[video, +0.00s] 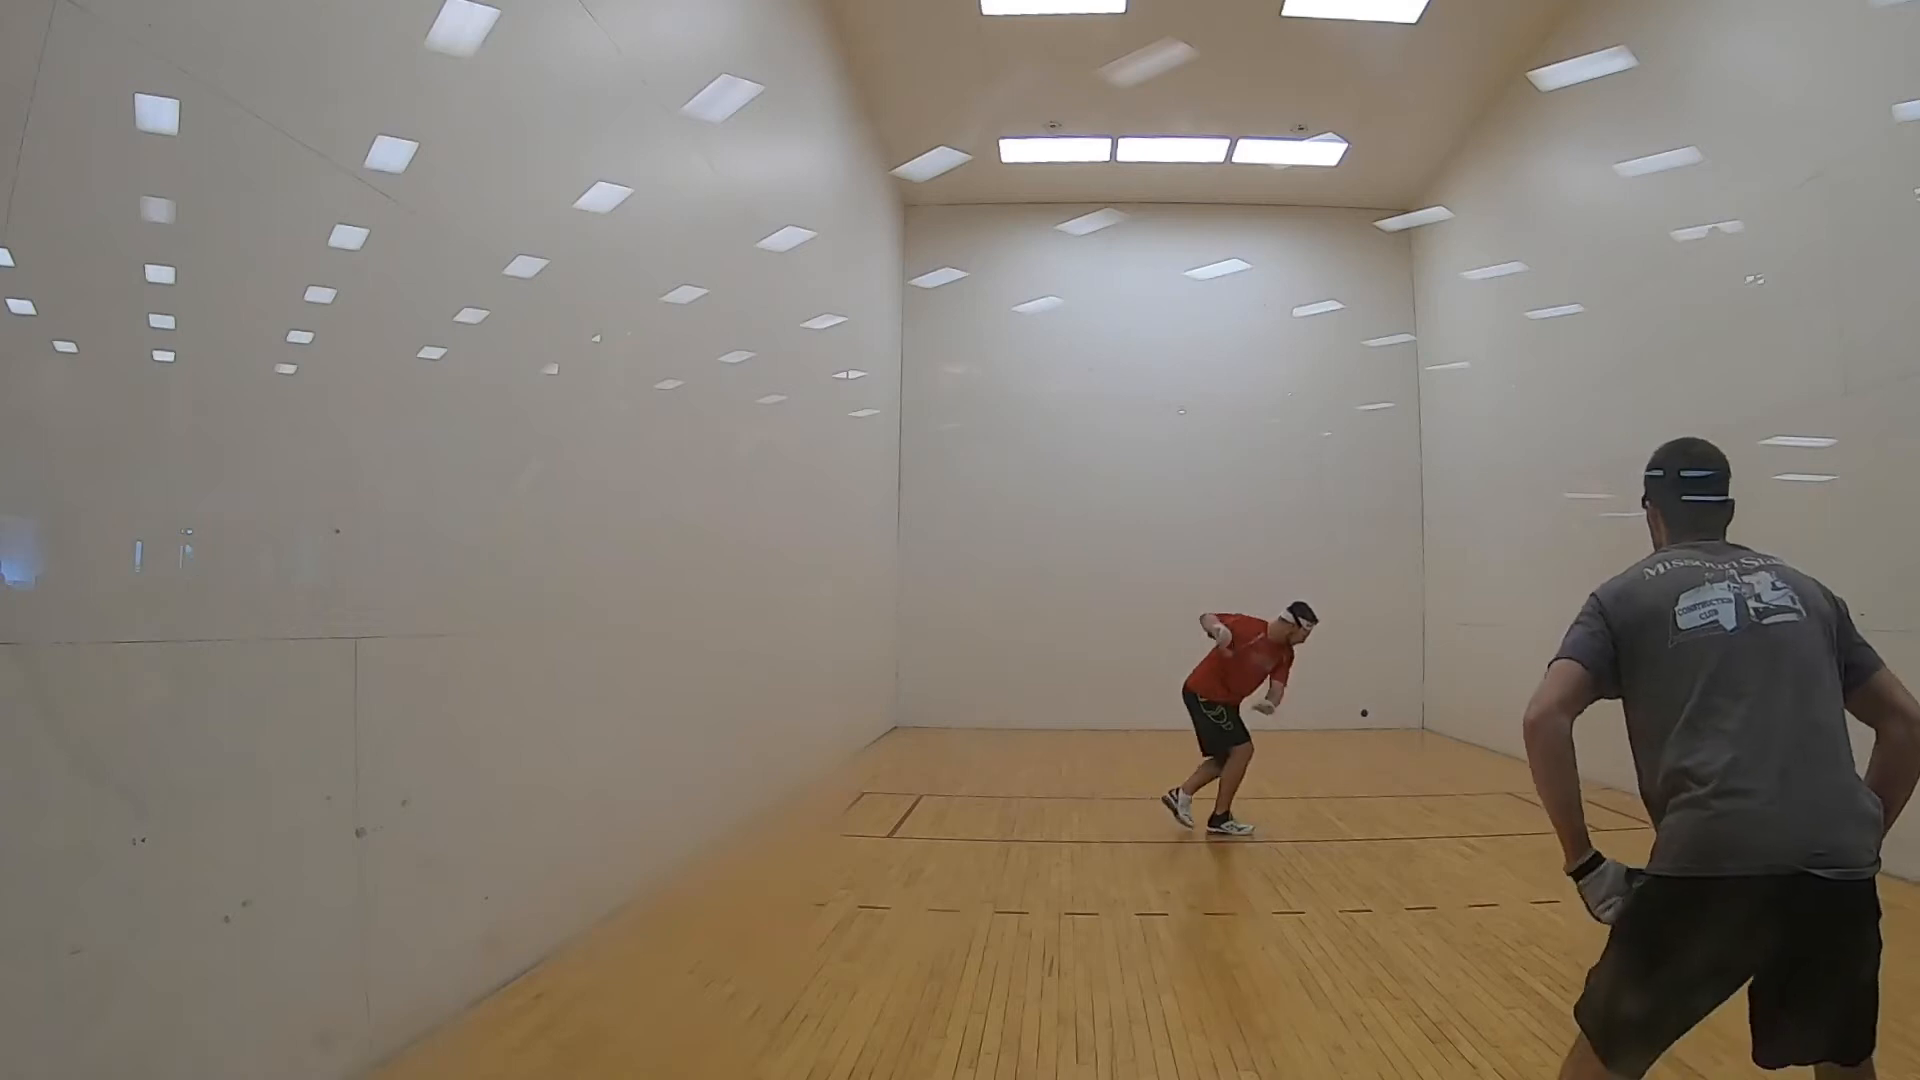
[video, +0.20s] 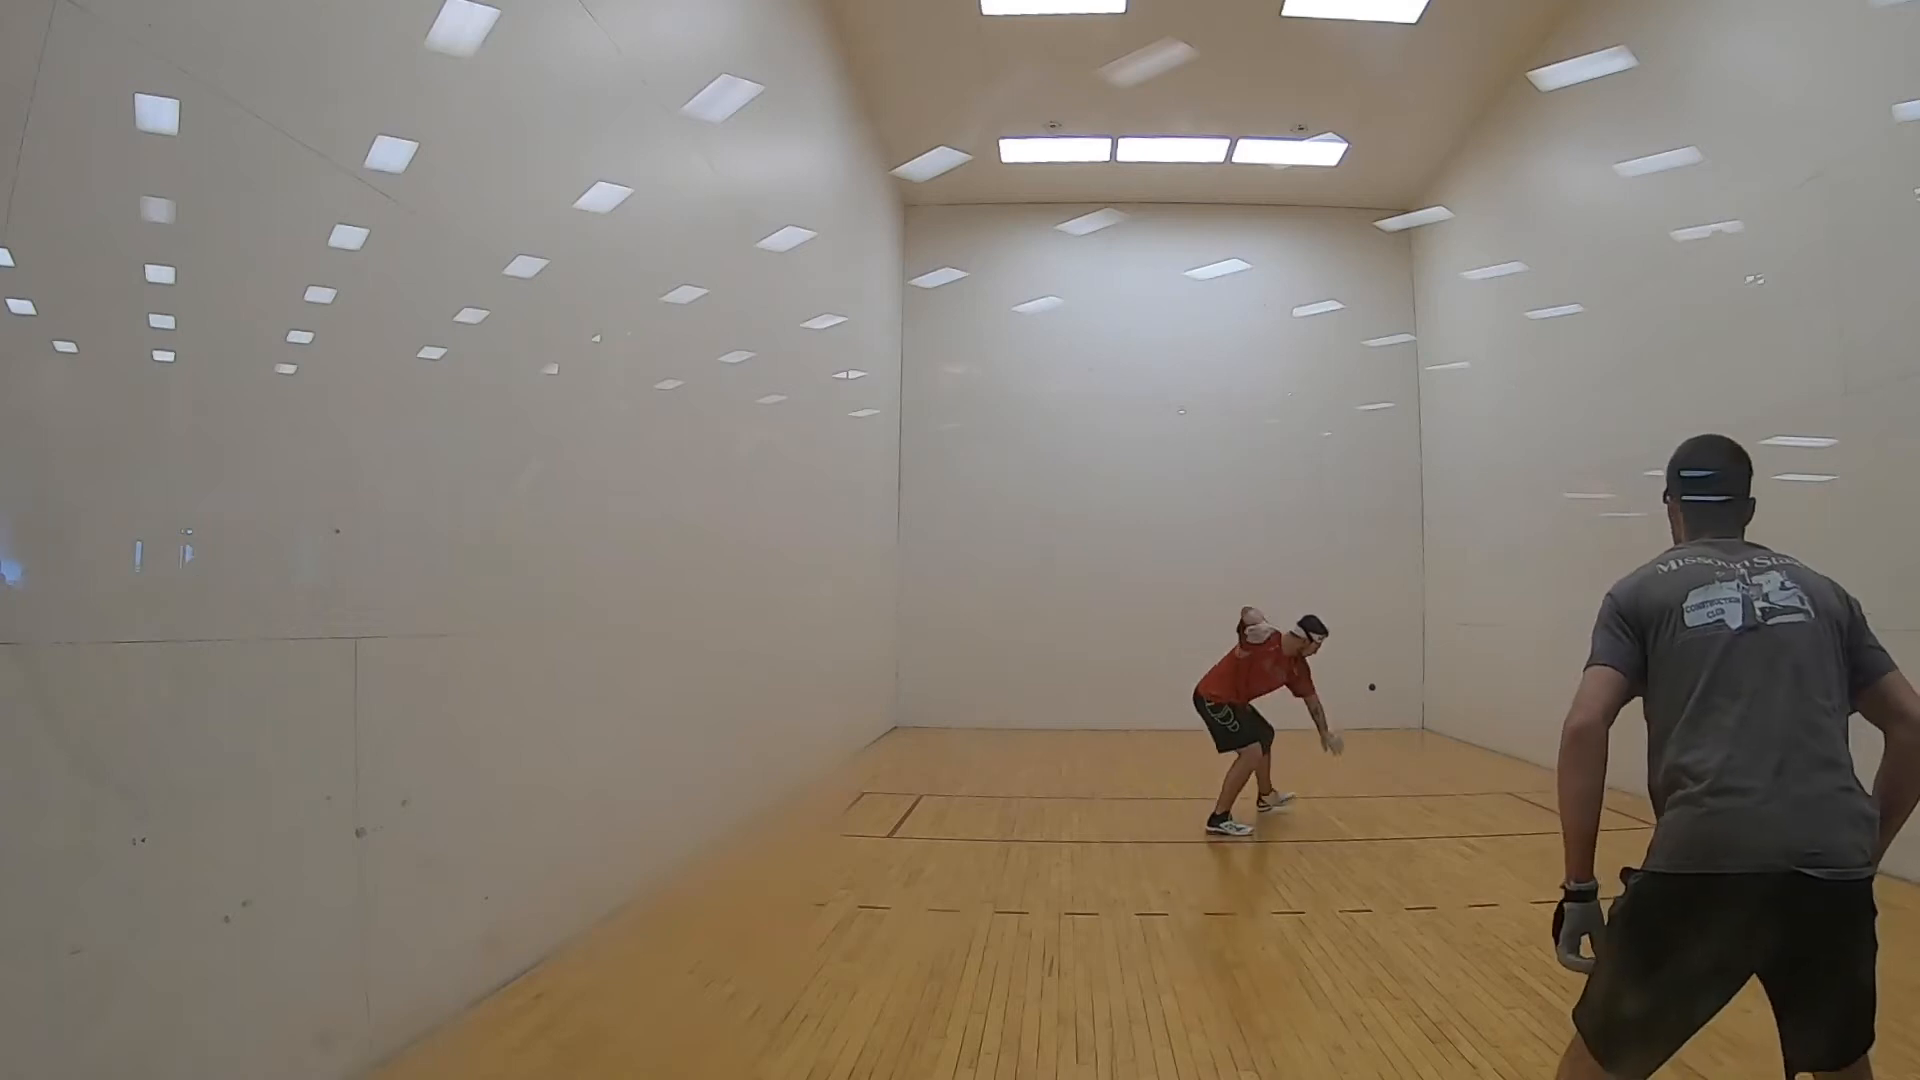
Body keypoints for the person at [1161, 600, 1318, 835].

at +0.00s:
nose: (1306, 637)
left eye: (1309, 633)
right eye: (1306, 631)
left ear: (1293, 627)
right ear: (1293, 626)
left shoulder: (1284, 654)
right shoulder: (1250, 627)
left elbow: (1277, 685)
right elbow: (1207, 618)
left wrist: (1270, 703)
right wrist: (1218, 630)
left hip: (1227, 700)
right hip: (1203, 693)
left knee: (1226, 758)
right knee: (1243, 749)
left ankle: (1181, 794)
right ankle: (1220, 817)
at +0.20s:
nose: (1317, 650)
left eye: (1319, 645)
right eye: (1317, 644)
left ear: (1304, 639)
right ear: (1305, 640)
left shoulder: (1297, 666)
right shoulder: (1265, 638)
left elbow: (1312, 701)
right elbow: (1247, 614)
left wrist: (1325, 733)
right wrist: (1254, 621)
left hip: (1236, 700)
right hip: (1212, 697)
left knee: (1264, 737)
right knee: (1251, 752)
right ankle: (1219, 818)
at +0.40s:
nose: (1337, 664)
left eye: (1339, 660)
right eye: (1338, 660)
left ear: (1322, 645)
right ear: (1330, 658)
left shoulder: (1305, 636)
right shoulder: (1293, 672)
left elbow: (1279, 620)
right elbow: (1304, 714)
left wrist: (1256, 622)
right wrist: (1331, 689)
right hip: (1248, 711)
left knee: (1287, 734)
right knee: (1269, 777)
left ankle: (1299, 794)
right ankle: (1225, 813)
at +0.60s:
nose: (1350, 637)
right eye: (1352, 633)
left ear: (1330, 622)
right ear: (1351, 636)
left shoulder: (1301, 632)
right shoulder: (1341, 665)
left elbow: (1259, 645)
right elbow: (1324, 651)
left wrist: (1254, 651)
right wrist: (1302, 628)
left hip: (1263, 713)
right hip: (1290, 729)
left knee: (1301, 744)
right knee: (1284, 786)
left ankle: (1304, 795)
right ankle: (1243, 795)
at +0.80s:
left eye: (1327, 600)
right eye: (1343, 605)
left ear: (1323, 600)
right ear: (1347, 607)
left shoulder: (1299, 620)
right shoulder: (1346, 637)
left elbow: (1264, 643)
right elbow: (1320, 655)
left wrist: (1245, 657)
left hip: (1281, 702)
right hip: (1311, 710)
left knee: (1304, 750)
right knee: (1317, 770)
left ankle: (1309, 795)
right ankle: (1290, 789)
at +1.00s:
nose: (1347, 593)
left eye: (1346, 589)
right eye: (1347, 590)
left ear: (1322, 586)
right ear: (1343, 591)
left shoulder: (1295, 609)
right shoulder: (1346, 626)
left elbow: (1263, 633)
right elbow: (1347, 666)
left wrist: (1247, 660)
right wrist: (1321, 679)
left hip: (1288, 692)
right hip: (1319, 700)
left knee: (1310, 742)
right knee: (1328, 756)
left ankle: (1313, 793)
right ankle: (1310, 787)